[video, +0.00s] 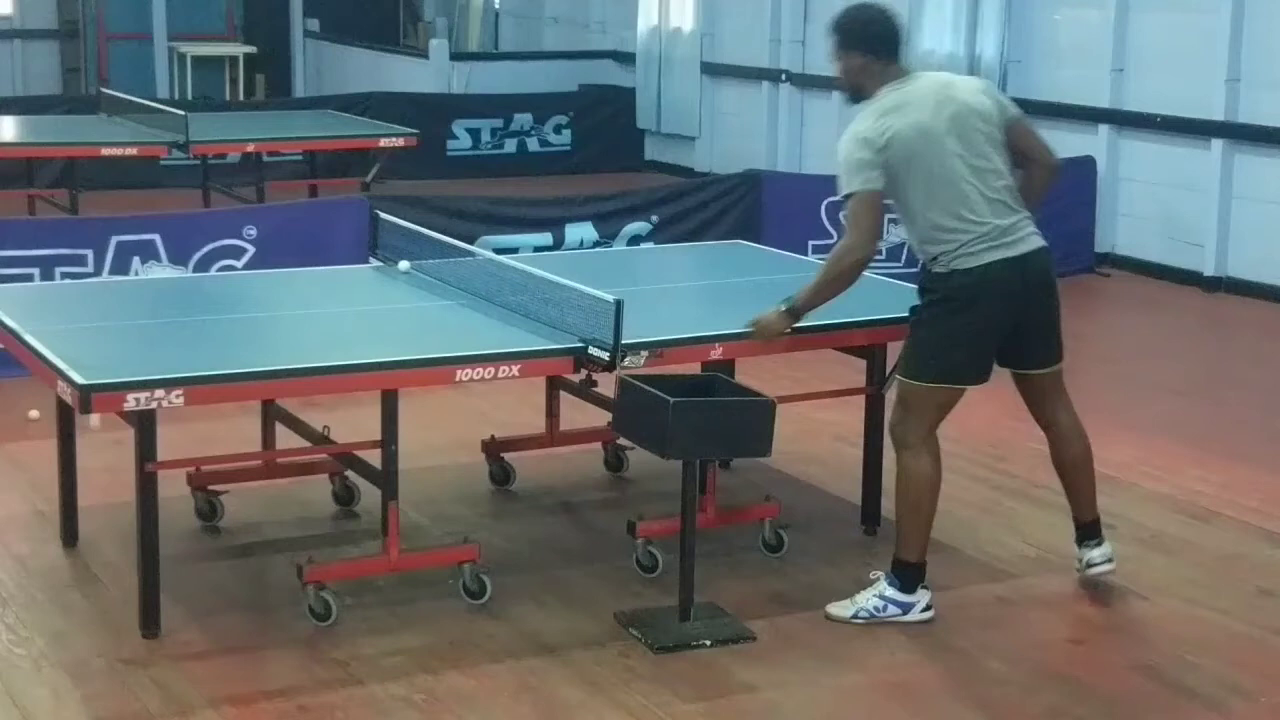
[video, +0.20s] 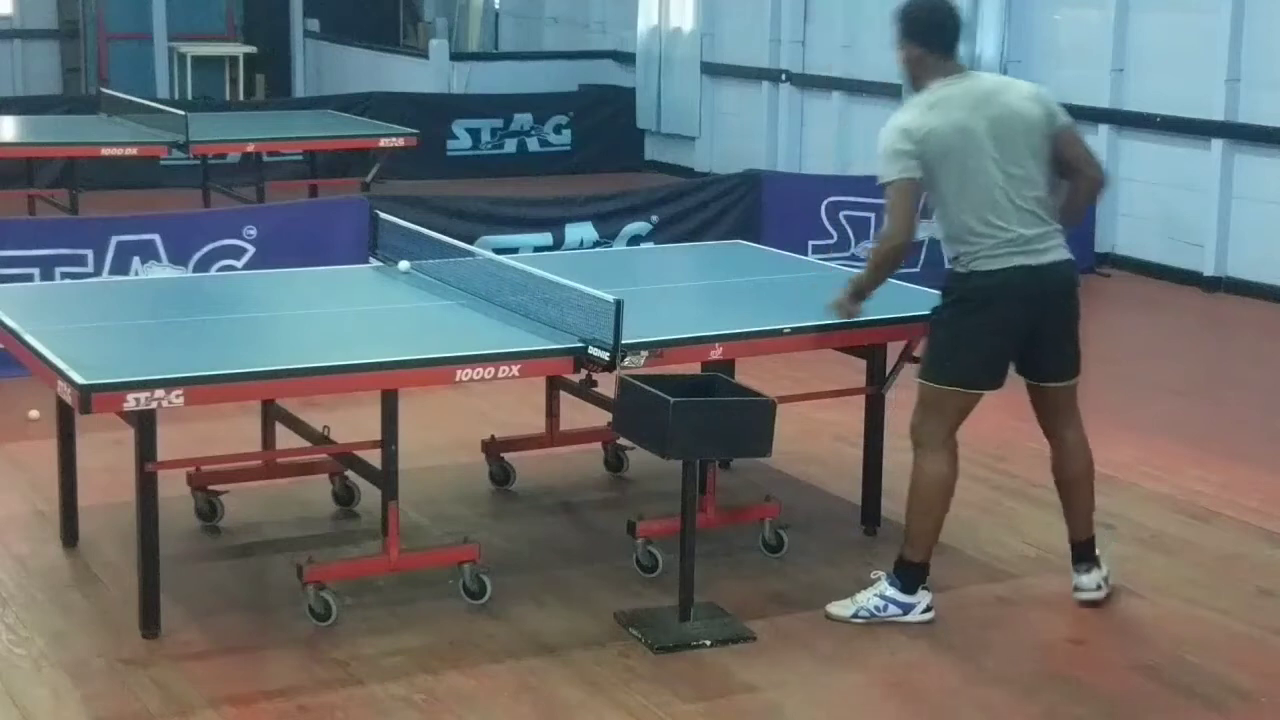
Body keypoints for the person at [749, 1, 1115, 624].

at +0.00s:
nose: (837, 72)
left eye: (839, 61)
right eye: (837, 61)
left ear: (858, 59)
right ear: (894, 52)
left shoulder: (868, 131)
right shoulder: (970, 89)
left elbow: (859, 246)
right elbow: (1043, 164)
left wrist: (791, 312)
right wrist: (1000, 220)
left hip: (962, 288)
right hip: (1031, 272)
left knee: (912, 427)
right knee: (1055, 408)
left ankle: (905, 586)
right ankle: (1093, 544)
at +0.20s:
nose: (899, 59)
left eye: (900, 49)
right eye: (903, 48)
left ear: (911, 52)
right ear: (956, 46)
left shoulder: (911, 125)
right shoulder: (1026, 96)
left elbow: (898, 237)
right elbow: (1089, 175)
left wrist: (855, 292)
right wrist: (1048, 235)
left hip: (981, 294)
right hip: (1052, 285)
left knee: (933, 431)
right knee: (1065, 426)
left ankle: (907, 585)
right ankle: (1088, 567)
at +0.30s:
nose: (948, 57)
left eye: (948, 48)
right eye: (955, 46)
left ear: (953, 51)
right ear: (1003, 45)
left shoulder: (943, 124)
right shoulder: (1063, 104)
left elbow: (931, 237)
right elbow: (1124, 185)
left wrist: (907, 285)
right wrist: (1081, 236)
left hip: (1001, 298)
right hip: (1074, 293)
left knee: (945, 431)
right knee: (1082, 425)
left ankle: (910, 582)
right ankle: (1094, 572)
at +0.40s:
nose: (976, 57)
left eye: (976, 48)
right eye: (984, 47)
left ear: (980, 49)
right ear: (1031, 44)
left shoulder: (964, 118)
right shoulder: (1089, 102)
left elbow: (956, 236)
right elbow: (1145, 191)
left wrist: (954, 249)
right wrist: (1094, 230)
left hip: (1013, 292)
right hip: (1090, 290)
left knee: (954, 422)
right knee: (1094, 426)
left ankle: (924, 570)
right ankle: (1094, 572)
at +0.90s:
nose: (972, 146)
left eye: (971, 139)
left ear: (976, 135)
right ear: (1027, 126)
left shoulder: (964, 171)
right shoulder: (1081, 159)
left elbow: (940, 269)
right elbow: (1102, 242)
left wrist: (956, 234)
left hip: (1013, 311)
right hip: (1090, 313)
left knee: (981, 408)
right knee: (1098, 432)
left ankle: (964, 531)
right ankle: (1091, 567)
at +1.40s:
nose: (973, 135)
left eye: (974, 127)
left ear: (976, 126)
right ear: (1028, 123)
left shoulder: (956, 158)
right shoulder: (1072, 159)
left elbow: (913, 219)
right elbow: (1088, 253)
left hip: (986, 298)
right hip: (1063, 301)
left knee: (973, 401)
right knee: (1110, 428)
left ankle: (964, 531)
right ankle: (1139, 571)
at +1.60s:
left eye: (1020, 100)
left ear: (1021, 104)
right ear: (1075, 111)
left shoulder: (990, 140)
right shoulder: (1103, 157)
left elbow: (913, 163)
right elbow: (1121, 260)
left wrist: (923, 134)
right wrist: (1071, 245)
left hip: (996, 293)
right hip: (1074, 300)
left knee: (979, 399)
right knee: (1119, 431)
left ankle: (964, 531)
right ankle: (1141, 578)